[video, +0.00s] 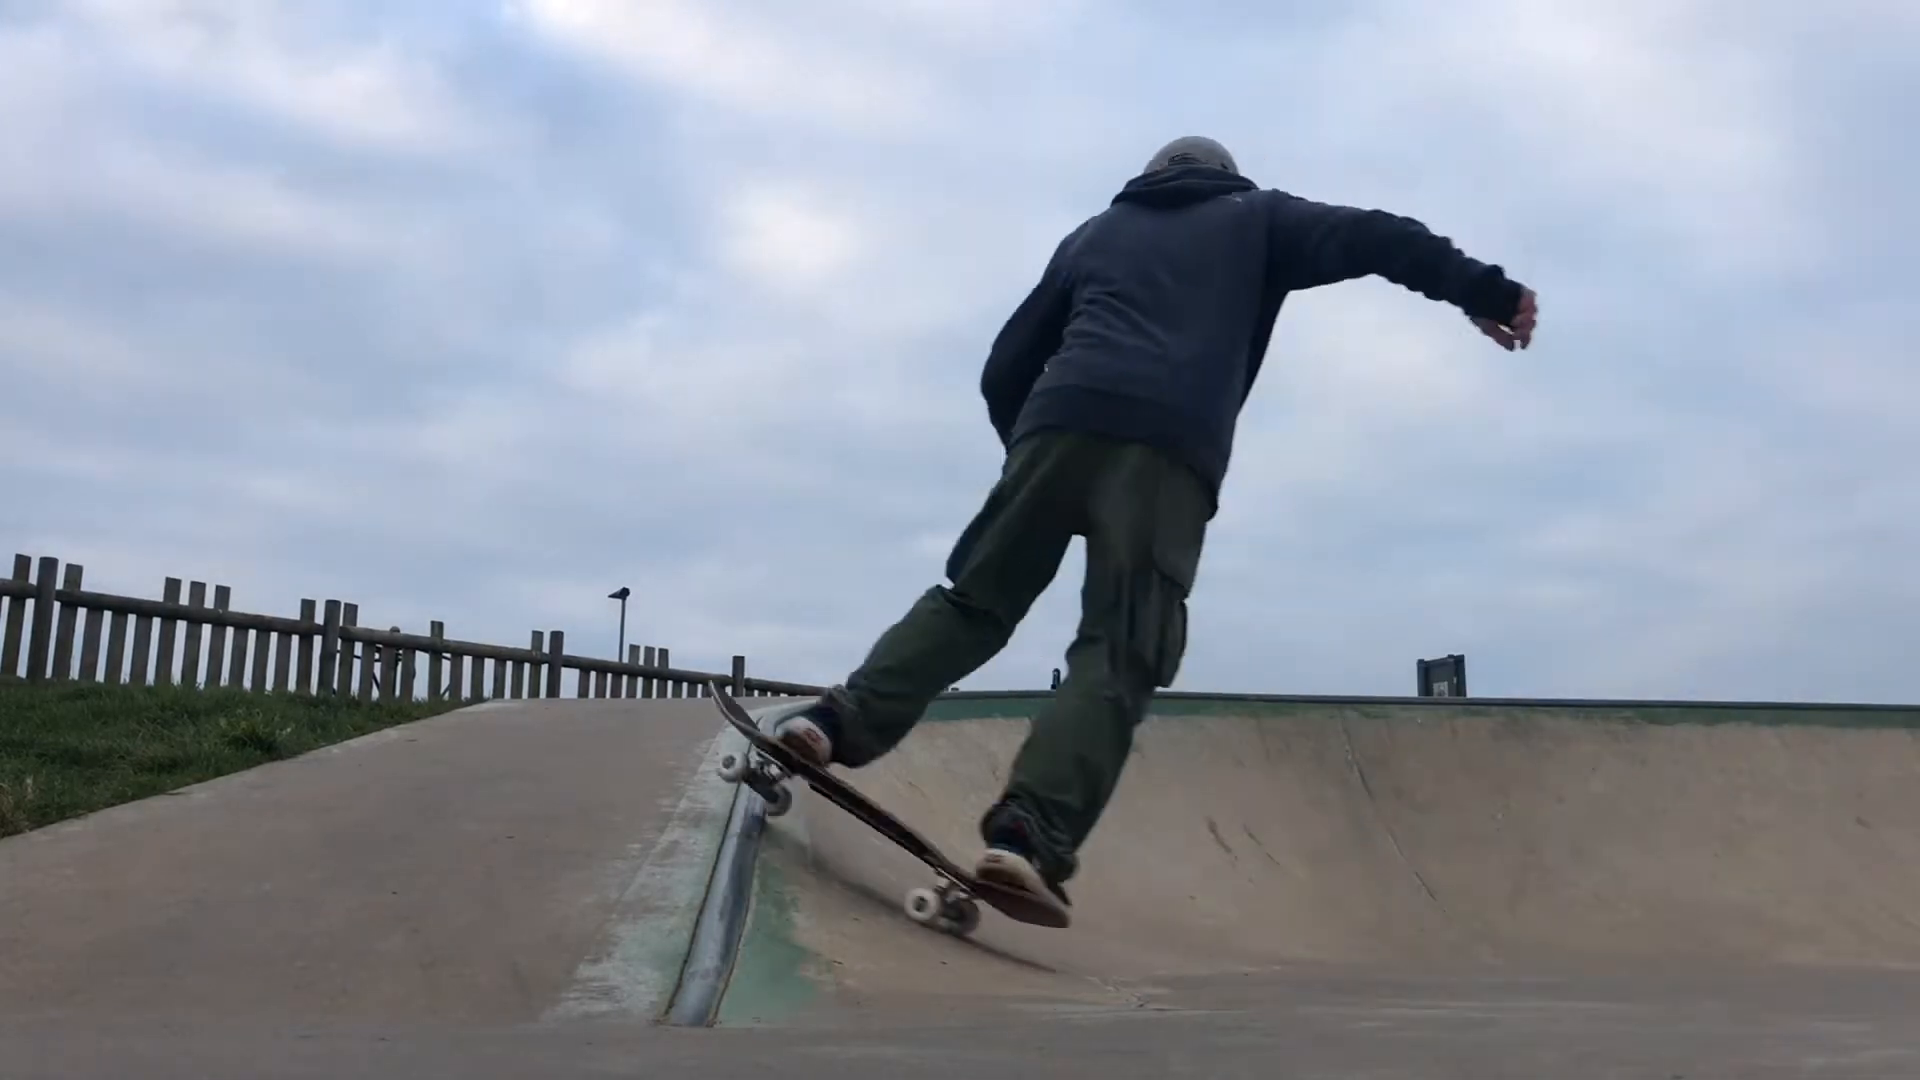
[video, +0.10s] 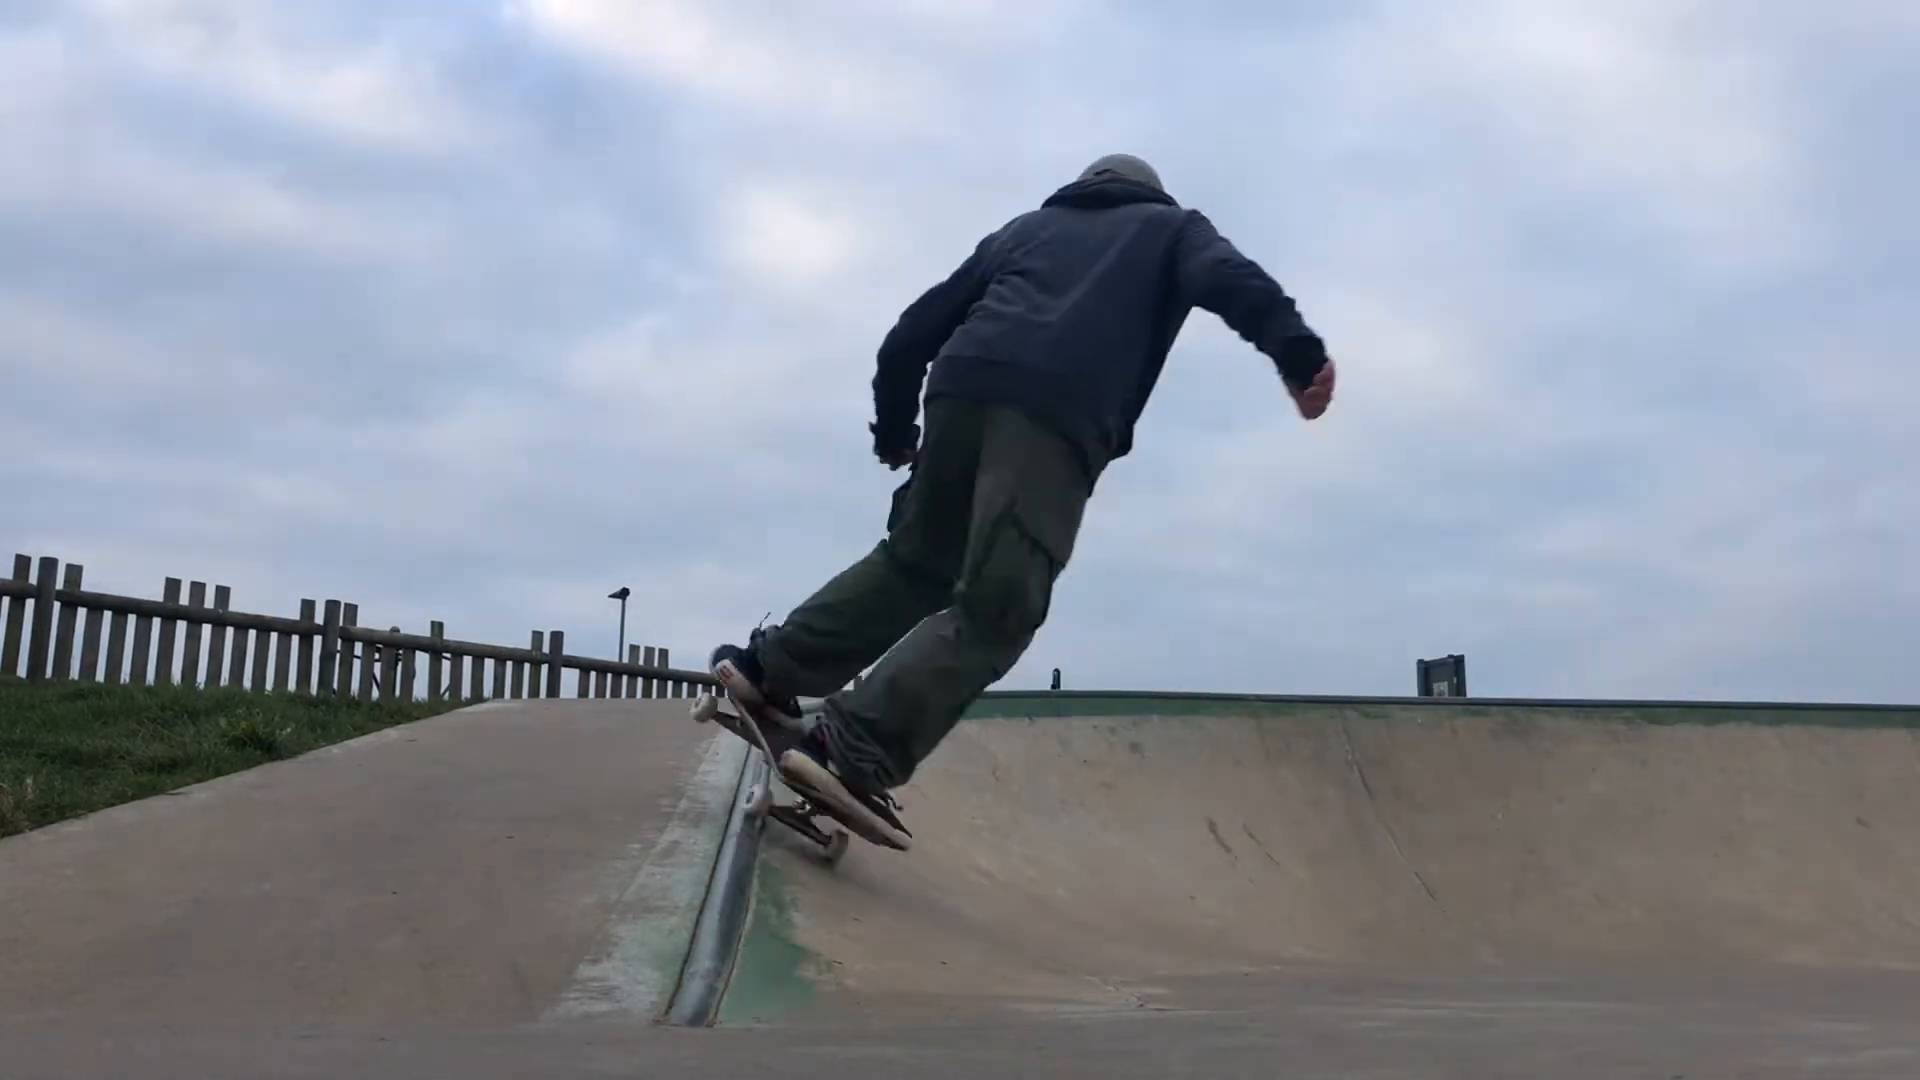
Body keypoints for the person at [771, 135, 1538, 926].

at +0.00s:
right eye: (1234, 184)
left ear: (1154, 176)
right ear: (1230, 179)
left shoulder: (1096, 231)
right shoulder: (1256, 215)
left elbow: (1009, 359)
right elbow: (1379, 235)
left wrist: (1038, 444)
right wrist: (1489, 291)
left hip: (1059, 415)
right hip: (1173, 434)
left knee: (974, 597)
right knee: (1119, 644)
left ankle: (840, 724)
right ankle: (1029, 833)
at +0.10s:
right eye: (1165, 195)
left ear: (1087, 185)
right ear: (1152, 193)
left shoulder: (1025, 227)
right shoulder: (1169, 223)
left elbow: (912, 331)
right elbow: (1232, 277)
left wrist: (896, 426)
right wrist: (1301, 351)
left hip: (958, 382)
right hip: (1057, 405)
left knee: (920, 561)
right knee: (996, 609)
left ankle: (769, 670)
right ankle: (851, 750)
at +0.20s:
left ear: (1048, 183)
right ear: (1109, 198)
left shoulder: (977, 218)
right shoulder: (1115, 228)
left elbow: (845, 306)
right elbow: (1144, 312)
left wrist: (812, 393)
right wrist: (1182, 424)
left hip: (886, 379)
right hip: (970, 398)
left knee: (860, 568)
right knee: (941, 594)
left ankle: (781, 709)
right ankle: (796, 712)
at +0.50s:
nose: (1073, 225)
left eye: (1075, 217)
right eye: (1074, 214)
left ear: (1018, 174)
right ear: (1055, 193)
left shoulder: (927, 218)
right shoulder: (1023, 201)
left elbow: (885, 292)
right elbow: (1091, 251)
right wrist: (1191, 318)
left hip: (843, 367)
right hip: (910, 373)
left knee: (861, 559)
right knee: (909, 561)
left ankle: (793, 698)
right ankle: (809, 709)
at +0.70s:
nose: (1099, 230)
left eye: (1100, 224)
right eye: (1098, 222)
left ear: (1038, 192)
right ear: (1080, 205)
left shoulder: (956, 239)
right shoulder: (1056, 217)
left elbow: (882, 335)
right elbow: (1156, 221)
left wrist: (869, 426)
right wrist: (1250, 252)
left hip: (878, 380)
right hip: (952, 379)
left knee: (890, 570)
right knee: (977, 564)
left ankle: (800, 695)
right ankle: (863, 684)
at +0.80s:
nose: (1135, 230)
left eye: (1132, 223)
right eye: (1131, 222)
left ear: (1062, 205)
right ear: (1111, 212)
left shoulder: (980, 258)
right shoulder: (1101, 227)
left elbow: (881, 358)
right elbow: (1206, 233)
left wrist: (848, 451)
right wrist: (1262, 274)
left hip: (923, 408)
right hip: (1000, 403)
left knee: (956, 586)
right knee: (1037, 583)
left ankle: (849, 688)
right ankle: (938, 733)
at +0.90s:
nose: (1167, 268)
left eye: (1164, 259)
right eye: (1165, 259)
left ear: (1089, 239)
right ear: (1148, 249)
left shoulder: (1010, 297)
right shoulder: (1150, 274)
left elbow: (901, 361)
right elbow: (1256, 295)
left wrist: (833, 445)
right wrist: (1305, 317)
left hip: (976, 471)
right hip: (1051, 469)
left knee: (1016, 629)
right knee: (1057, 642)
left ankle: (944, 747)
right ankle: (973, 846)